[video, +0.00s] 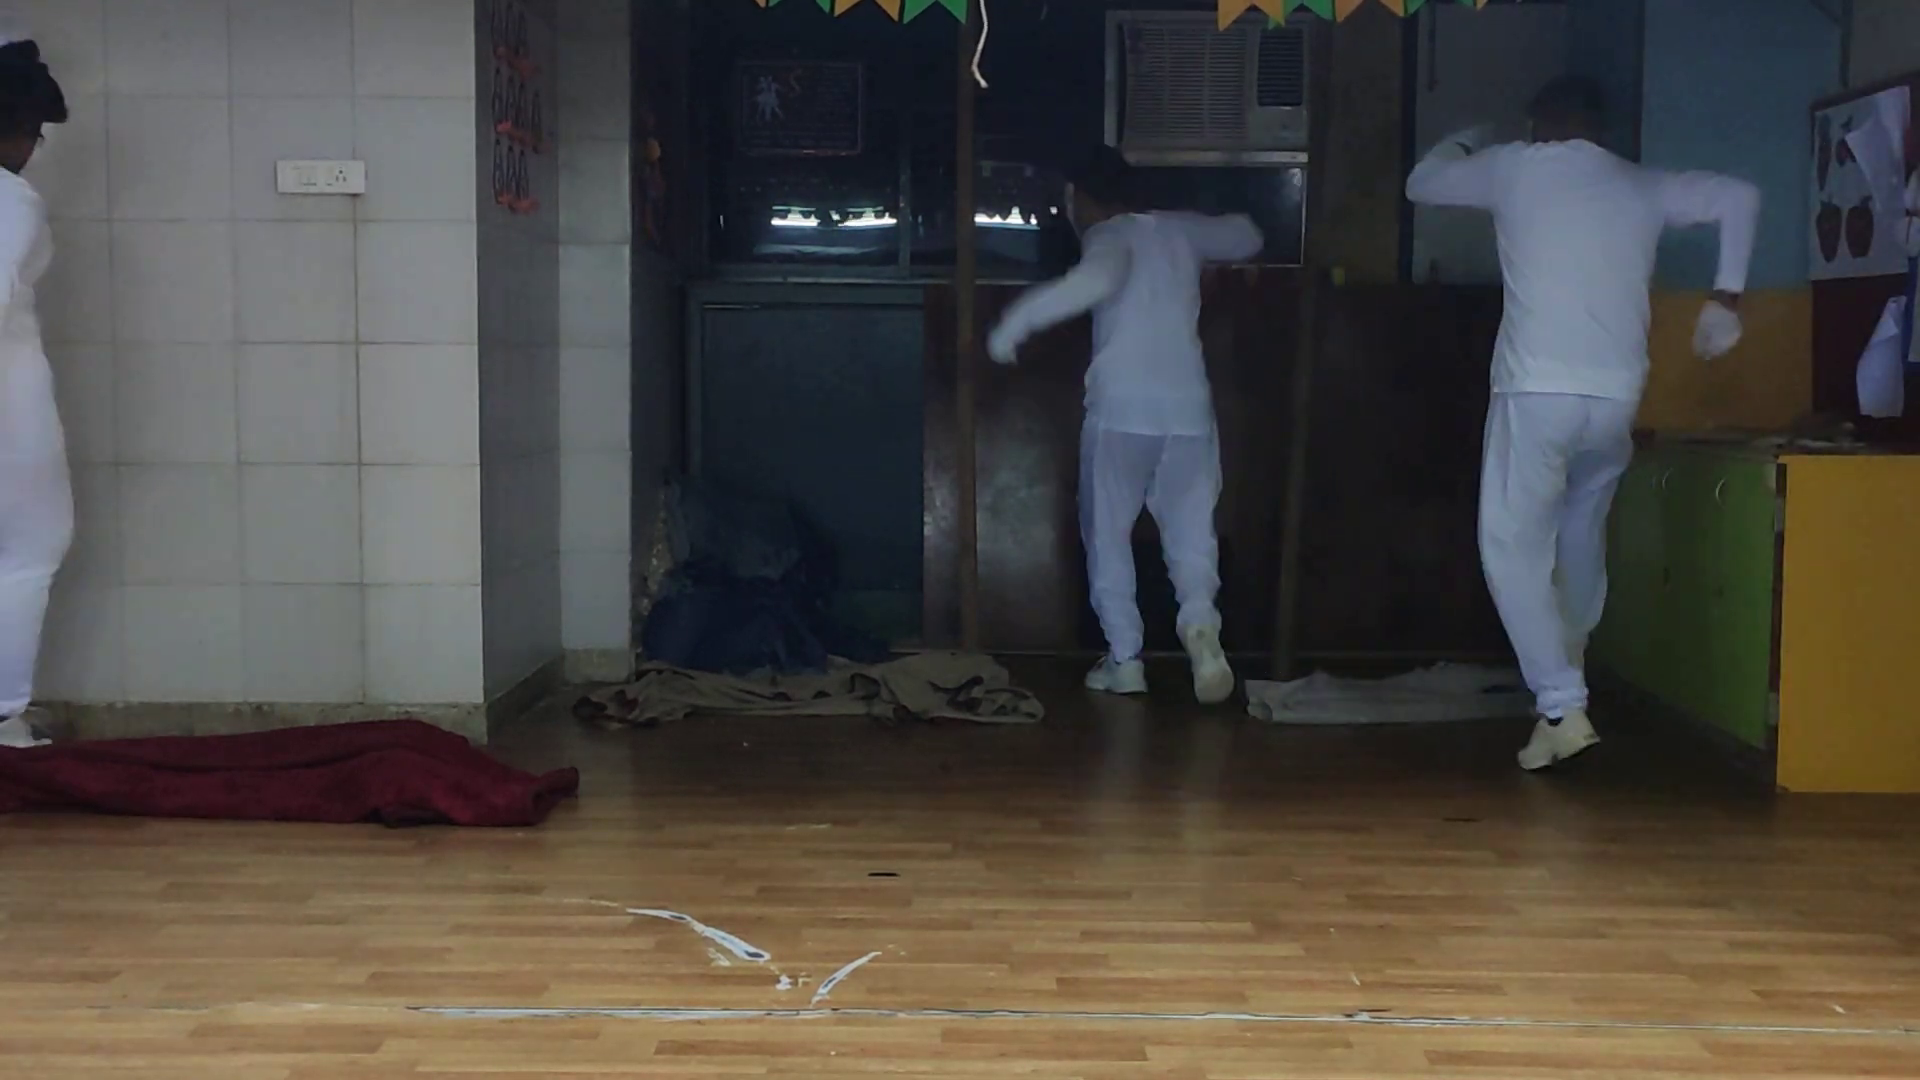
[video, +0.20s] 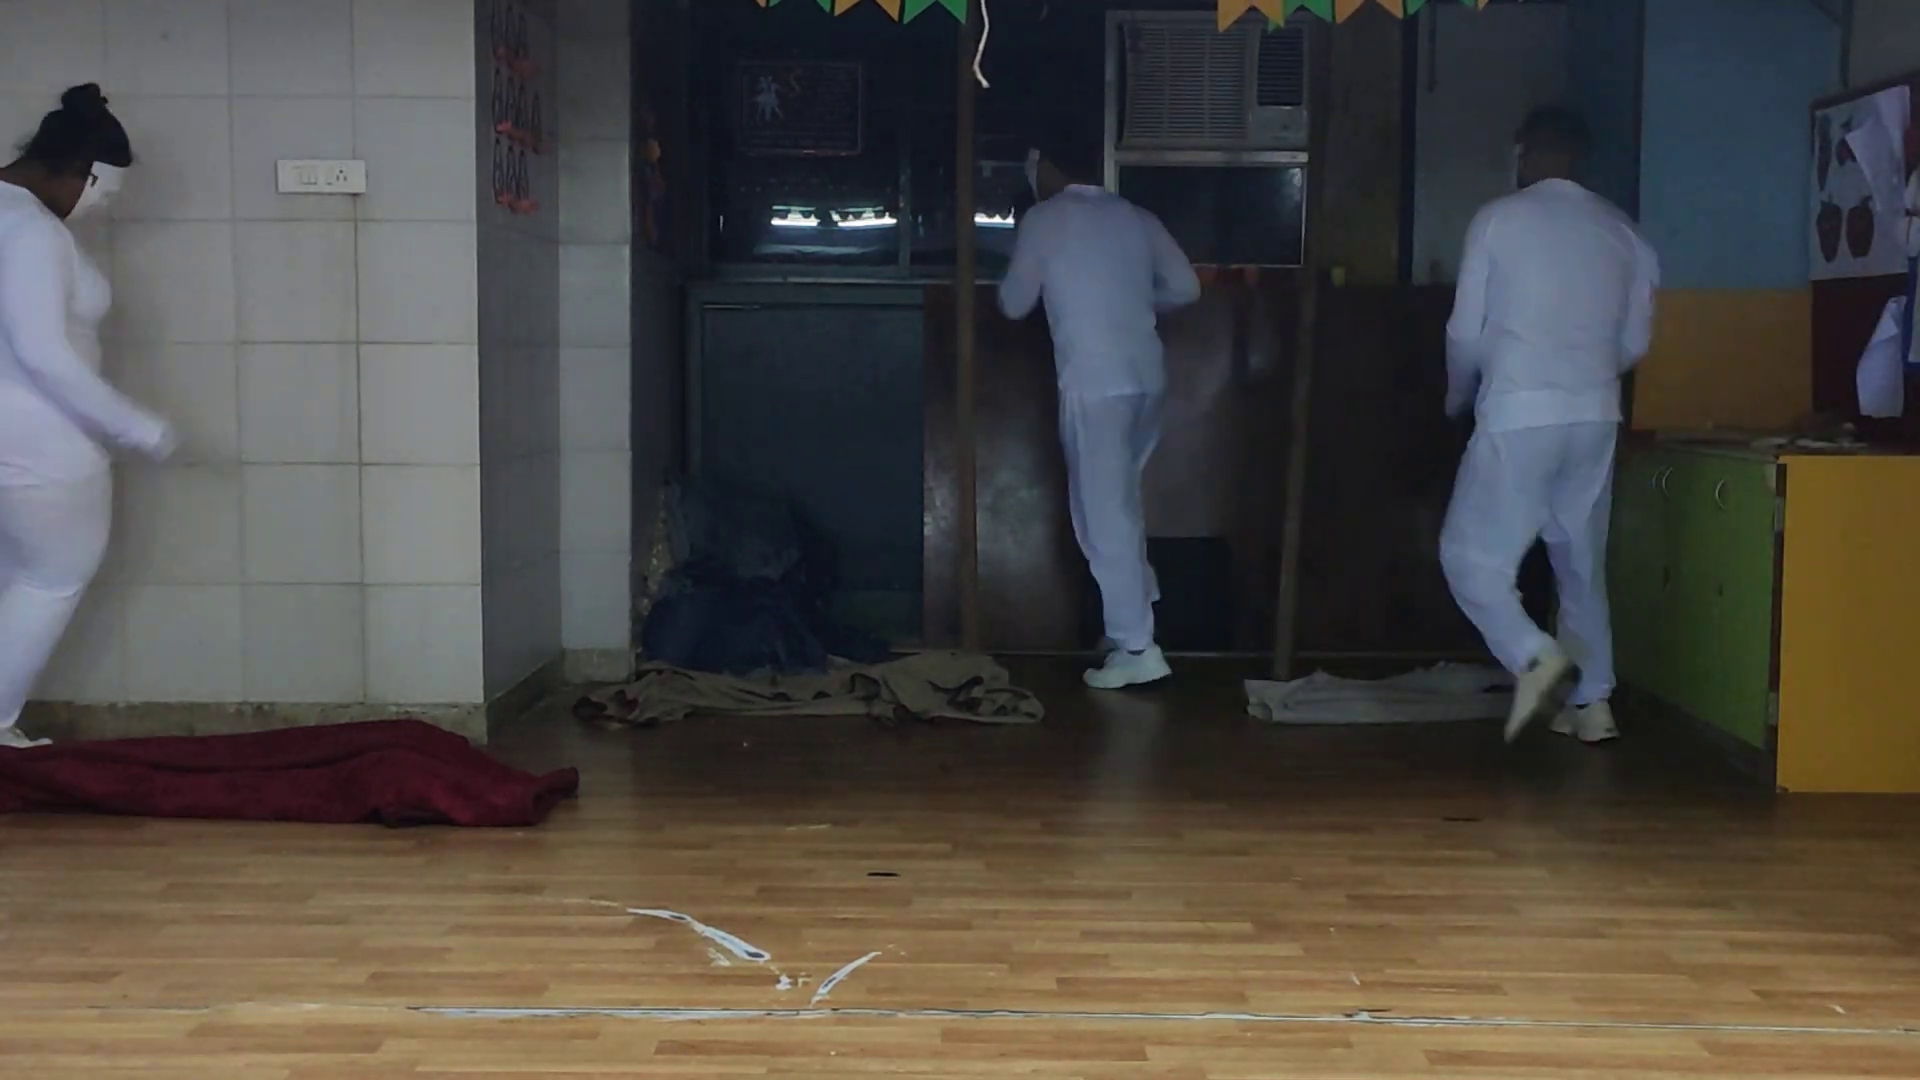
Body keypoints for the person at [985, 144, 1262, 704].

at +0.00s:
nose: (1067, 210)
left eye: (1070, 199)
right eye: (1068, 199)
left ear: (1086, 196)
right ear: (1126, 193)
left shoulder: (1108, 237)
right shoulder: (1181, 229)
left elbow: (1095, 282)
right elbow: (1246, 236)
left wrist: (1013, 324)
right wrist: (1215, 229)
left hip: (1123, 414)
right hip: (1189, 415)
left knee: (1107, 536)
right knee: (1191, 528)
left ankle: (1124, 661)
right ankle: (1200, 622)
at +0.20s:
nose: (1034, 176)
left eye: (1036, 166)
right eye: (1035, 166)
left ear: (1049, 167)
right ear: (1090, 166)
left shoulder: (1043, 220)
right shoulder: (1136, 217)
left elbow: (1014, 302)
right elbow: (1183, 288)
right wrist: (1128, 297)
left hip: (1093, 384)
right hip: (1148, 379)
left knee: (1104, 511)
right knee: (1121, 498)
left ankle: (1136, 649)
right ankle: (1136, 608)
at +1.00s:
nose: (845, 173)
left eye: (857, 162)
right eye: (837, 163)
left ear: (884, 164)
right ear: (831, 167)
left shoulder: (900, 213)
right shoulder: (885, 212)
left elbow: (879, 285)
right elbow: (897, 289)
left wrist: (820, 322)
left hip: (930, 380)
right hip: (886, 375)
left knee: (928, 499)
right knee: (834, 456)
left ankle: (934, 619)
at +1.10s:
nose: (837, 168)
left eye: (851, 157)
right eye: (830, 158)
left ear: (874, 166)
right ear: (821, 168)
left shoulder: (899, 231)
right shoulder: (852, 236)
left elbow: (897, 329)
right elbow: (860, 327)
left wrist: (841, 392)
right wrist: (825, 379)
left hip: (914, 386)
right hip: (860, 384)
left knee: (918, 504)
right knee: (810, 485)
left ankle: (919, 625)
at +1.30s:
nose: (823, 197)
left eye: (835, 188)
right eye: (813, 188)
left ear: (856, 197)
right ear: (800, 198)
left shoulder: (882, 254)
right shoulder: (782, 255)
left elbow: (922, 302)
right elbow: (708, 261)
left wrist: (925, 232)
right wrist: (699, 195)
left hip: (881, 426)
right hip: (809, 421)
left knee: (882, 542)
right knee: (776, 533)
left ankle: (893, 617)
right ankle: (780, 651)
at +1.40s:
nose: (829, 185)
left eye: (841, 176)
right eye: (818, 175)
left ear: (859, 187)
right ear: (804, 186)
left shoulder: (887, 234)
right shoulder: (784, 230)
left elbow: (952, 229)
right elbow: (710, 197)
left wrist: (978, 249)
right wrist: (648, 205)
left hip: (875, 406)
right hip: (800, 406)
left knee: (887, 507)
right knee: (773, 517)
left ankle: (875, 608)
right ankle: (778, 642)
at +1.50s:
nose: (809, 182)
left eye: (822, 171)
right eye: (798, 173)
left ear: (843, 177)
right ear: (786, 181)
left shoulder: (883, 235)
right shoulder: (776, 228)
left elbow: (949, 296)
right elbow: (699, 235)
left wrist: (971, 371)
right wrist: (733, 244)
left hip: (875, 399)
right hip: (794, 396)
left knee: (895, 502)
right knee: (762, 503)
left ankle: (889, 632)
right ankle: (756, 631)